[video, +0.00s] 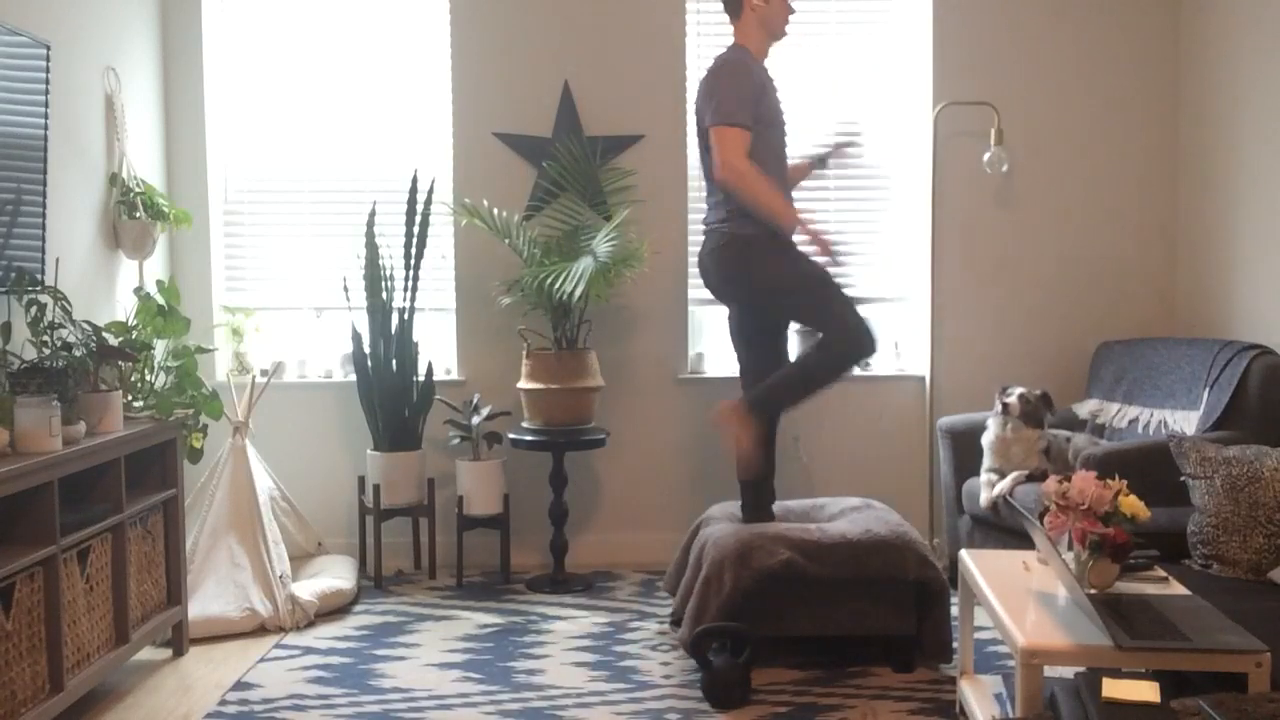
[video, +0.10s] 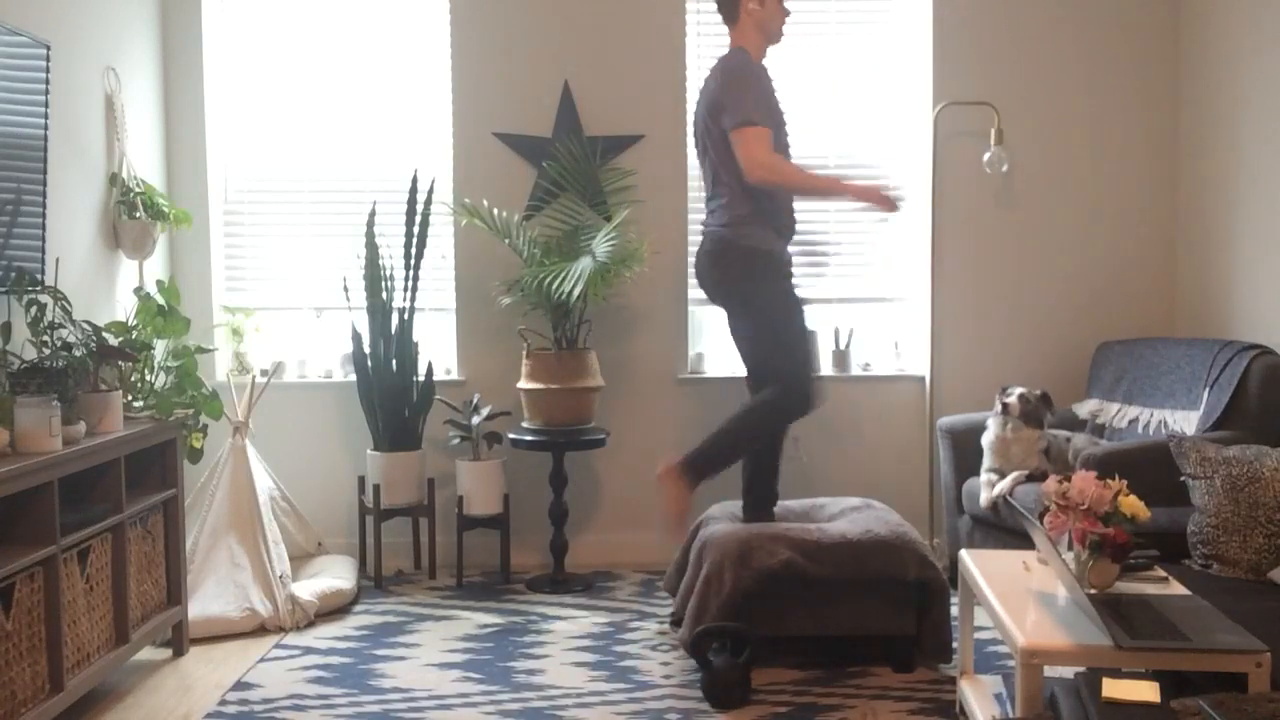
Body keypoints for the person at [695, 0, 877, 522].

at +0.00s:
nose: (789, 11)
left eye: (787, 3)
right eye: (781, 2)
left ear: (753, 11)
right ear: (752, 6)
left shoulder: (746, 74)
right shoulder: (735, 69)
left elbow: (760, 180)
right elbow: (729, 167)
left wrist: (816, 163)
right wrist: (801, 224)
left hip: (742, 249)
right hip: (748, 248)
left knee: (761, 401)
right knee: (853, 336)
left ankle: (759, 532)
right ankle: (751, 409)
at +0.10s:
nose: (786, 12)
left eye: (783, 4)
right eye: (779, 3)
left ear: (747, 12)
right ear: (752, 8)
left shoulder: (729, 74)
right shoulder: (742, 71)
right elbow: (758, 165)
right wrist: (850, 189)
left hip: (737, 253)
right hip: (747, 255)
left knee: (771, 397)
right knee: (795, 393)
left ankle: (759, 531)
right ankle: (683, 475)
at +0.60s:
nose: (727, 112)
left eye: (724, 101)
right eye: (719, 101)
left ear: (687, 109)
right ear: (690, 107)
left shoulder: (668, 177)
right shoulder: (675, 177)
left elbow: (732, 263)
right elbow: (741, 259)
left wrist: (748, 205)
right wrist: (755, 189)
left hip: (681, 350)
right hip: (656, 359)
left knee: (793, 376)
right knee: (649, 509)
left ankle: (754, 499)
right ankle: (601, 639)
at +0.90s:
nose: (680, 98)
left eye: (679, 88)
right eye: (672, 88)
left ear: (644, 96)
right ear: (640, 94)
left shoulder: (640, 164)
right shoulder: (632, 165)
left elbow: (640, 273)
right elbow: (656, 260)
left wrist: (674, 327)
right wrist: (725, 211)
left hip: (652, 352)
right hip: (622, 352)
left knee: (728, 436)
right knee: (618, 501)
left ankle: (627, 518)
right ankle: (599, 639)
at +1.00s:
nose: (672, 97)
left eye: (670, 87)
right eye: (663, 88)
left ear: (638, 97)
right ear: (631, 96)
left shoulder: (640, 168)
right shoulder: (622, 166)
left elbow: (628, 277)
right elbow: (618, 265)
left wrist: (682, 305)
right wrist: (705, 257)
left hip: (647, 358)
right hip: (620, 356)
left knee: (669, 485)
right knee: (621, 494)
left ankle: (602, 610)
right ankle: (598, 639)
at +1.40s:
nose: (677, 102)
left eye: (675, 91)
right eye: (666, 92)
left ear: (645, 102)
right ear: (636, 101)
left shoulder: (657, 186)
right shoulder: (610, 171)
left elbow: (717, 244)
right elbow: (559, 256)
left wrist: (714, 176)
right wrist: (549, 352)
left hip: (623, 345)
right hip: (613, 342)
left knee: (609, 488)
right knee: (746, 386)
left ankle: (583, 623)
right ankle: (647, 475)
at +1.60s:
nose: (694, 106)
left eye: (691, 96)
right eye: (685, 96)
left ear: (660, 109)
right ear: (655, 108)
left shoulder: (677, 187)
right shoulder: (630, 174)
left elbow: (750, 230)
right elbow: (572, 262)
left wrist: (721, 171)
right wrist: (564, 355)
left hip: (635, 346)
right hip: (623, 343)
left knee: (626, 493)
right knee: (767, 332)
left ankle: (586, 622)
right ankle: (736, 465)